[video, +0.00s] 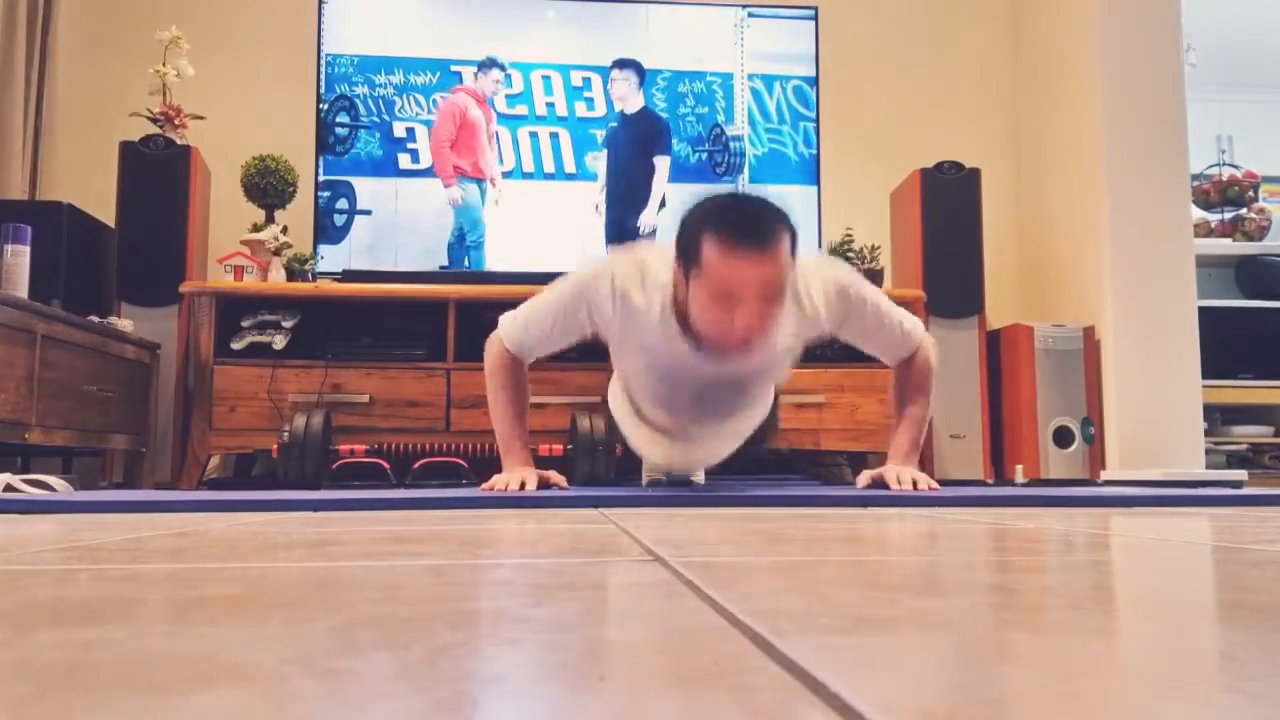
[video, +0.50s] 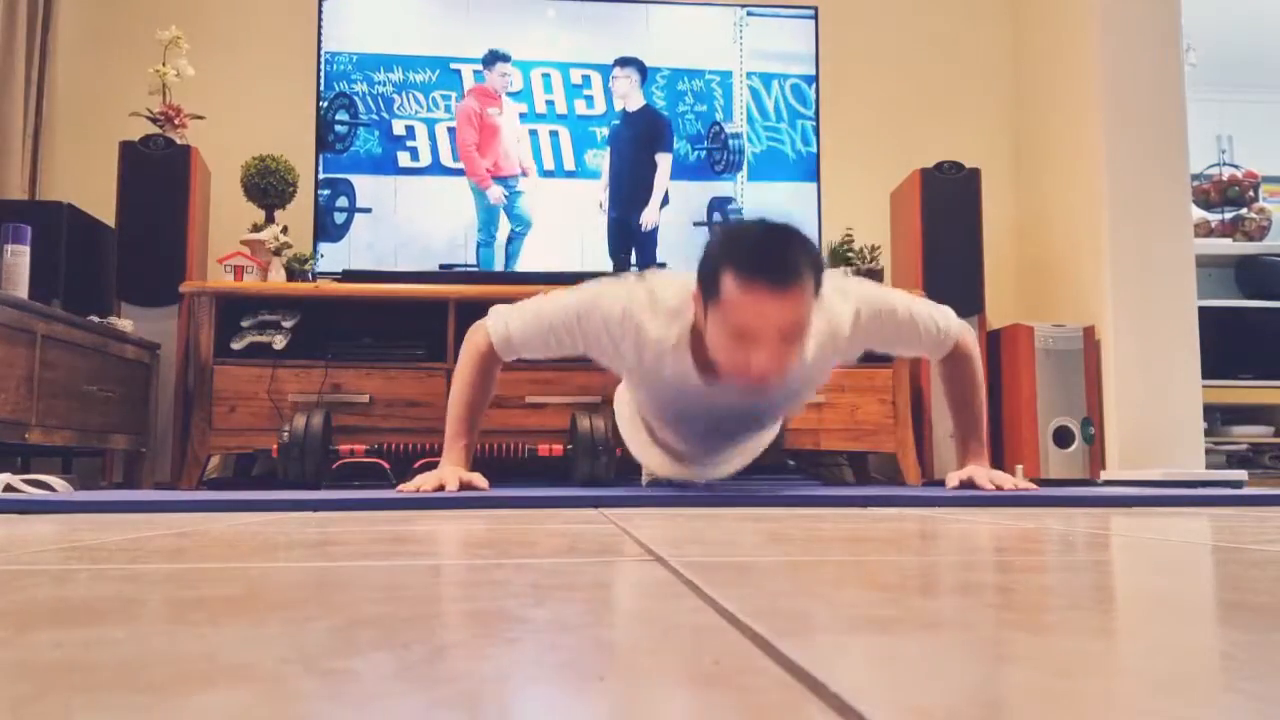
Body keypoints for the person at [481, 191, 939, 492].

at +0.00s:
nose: (745, 321)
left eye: (764, 299)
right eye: (725, 299)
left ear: (787, 282)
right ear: (684, 278)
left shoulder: (819, 289)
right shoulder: (619, 285)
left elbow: (915, 350)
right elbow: (504, 347)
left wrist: (901, 461)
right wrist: (516, 464)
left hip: (744, 432)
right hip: (641, 434)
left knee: (744, 557)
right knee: (636, 557)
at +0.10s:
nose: (745, 183)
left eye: (765, 161)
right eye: (726, 160)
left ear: (785, 153)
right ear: (686, 143)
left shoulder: (811, 200)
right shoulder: (619, 196)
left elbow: (884, 326)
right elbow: (537, 322)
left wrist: (899, 456)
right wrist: (519, 460)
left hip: (740, 376)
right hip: (643, 376)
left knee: (706, 421)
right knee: (652, 422)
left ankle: (685, 440)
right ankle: (656, 446)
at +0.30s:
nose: (755, 199)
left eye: (772, 175)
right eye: (734, 176)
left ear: (795, 162)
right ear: (692, 161)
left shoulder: (829, 215)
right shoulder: (624, 213)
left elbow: (918, 332)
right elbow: (512, 332)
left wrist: (970, 459)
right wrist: (456, 458)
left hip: (746, 382)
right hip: (645, 376)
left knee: (709, 426)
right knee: (645, 424)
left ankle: (678, 447)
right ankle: (646, 449)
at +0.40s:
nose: (753, 264)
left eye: (776, 241)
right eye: (734, 238)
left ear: (801, 223)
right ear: (697, 213)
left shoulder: (841, 260)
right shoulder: (624, 255)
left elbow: (947, 335)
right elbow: (487, 335)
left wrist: (972, 458)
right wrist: (454, 458)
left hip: (754, 423)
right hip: (640, 418)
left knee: (755, 558)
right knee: (635, 558)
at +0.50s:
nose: (761, 362)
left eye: (782, 341)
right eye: (742, 339)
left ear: (810, 318)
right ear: (701, 311)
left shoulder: (841, 314)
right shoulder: (633, 311)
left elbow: (955, 340)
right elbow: (485, 337)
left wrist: (973, 460)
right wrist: (453, 459)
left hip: (745, 461)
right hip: (629, 455)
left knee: (742, 579)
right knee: (611, 571)